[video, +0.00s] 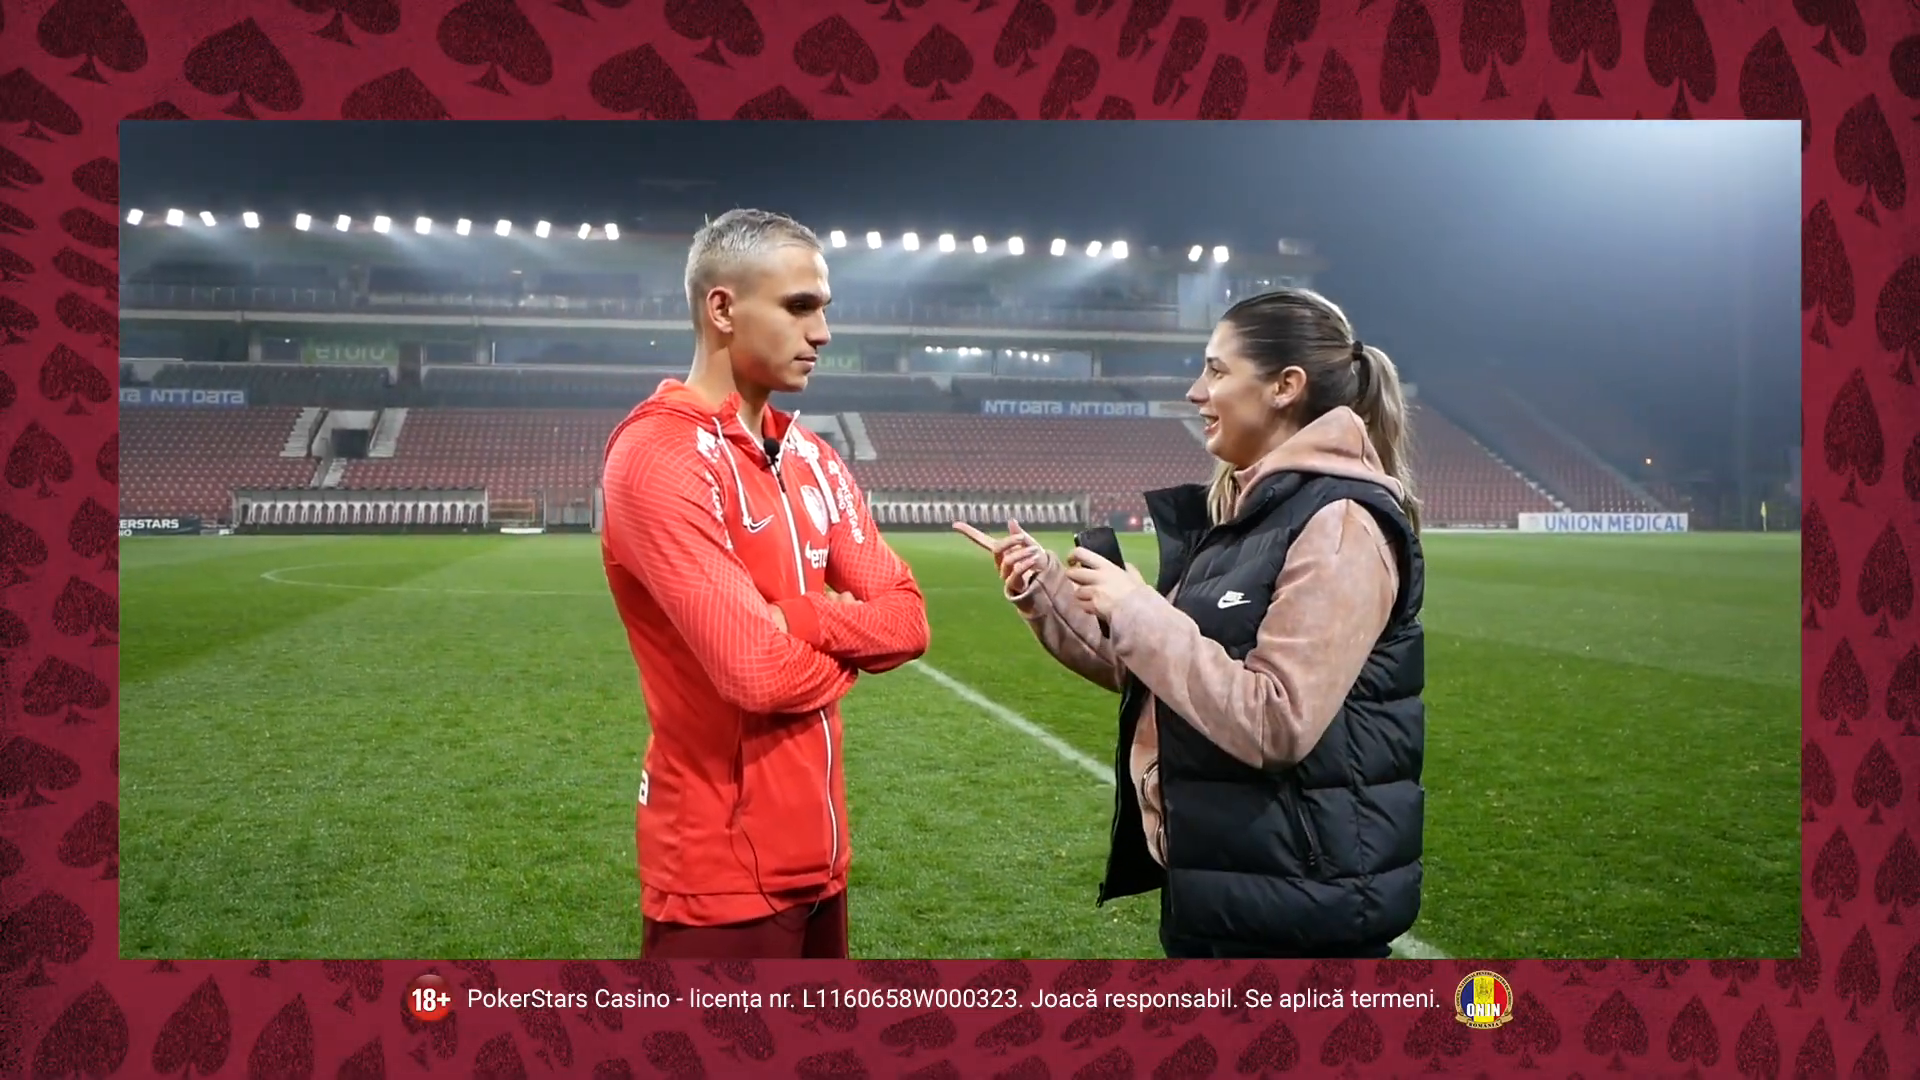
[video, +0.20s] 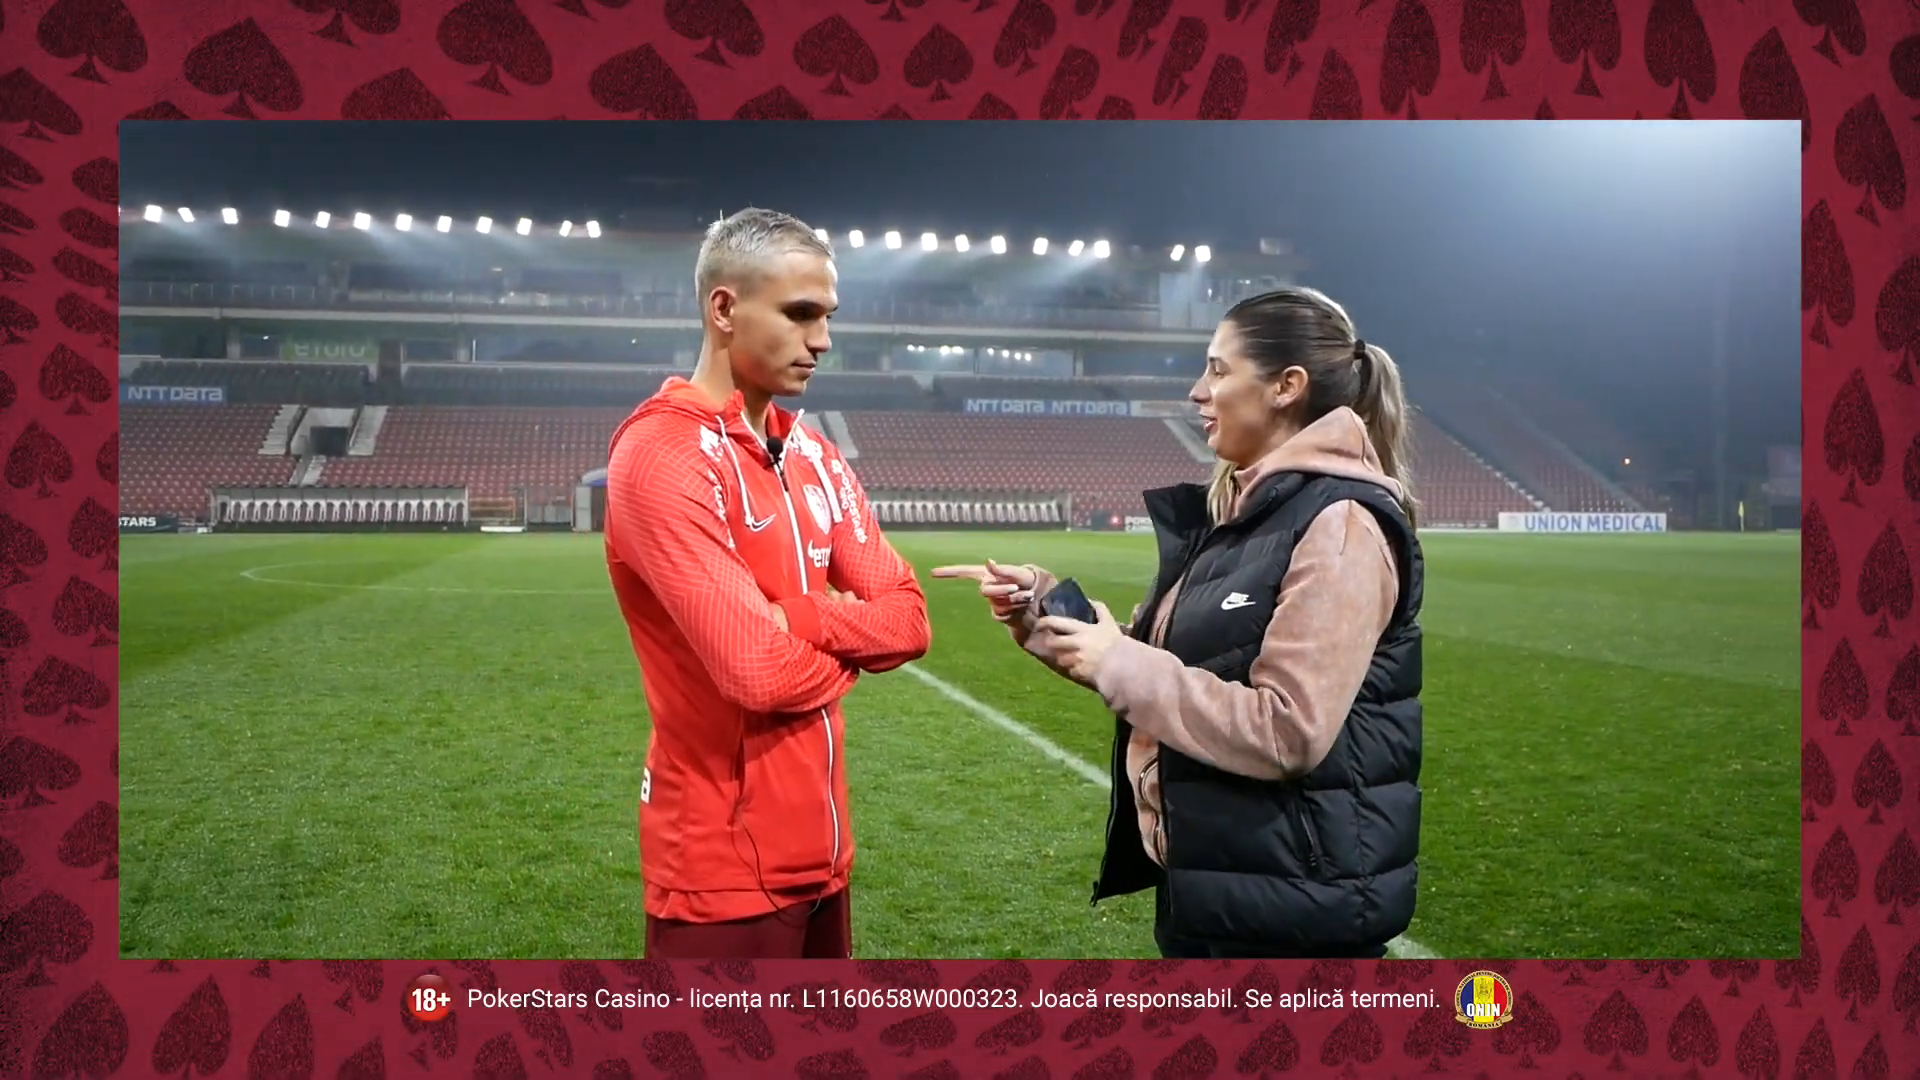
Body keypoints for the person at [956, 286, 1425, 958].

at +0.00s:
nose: (1195, 392)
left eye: (1216, 371)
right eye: (1203, 372)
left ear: (1286, 386)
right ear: (1276, 386)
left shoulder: (1343, 525)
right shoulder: (1242, 513)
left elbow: (1275, 715)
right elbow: (1151, 671)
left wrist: (1138, 612)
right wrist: (1046, 598)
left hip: (1300, 906)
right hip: (1227, 897)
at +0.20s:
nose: (1198, 391)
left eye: (1218, 370)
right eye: (1205, 371)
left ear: (1288, 387)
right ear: (1285, 389)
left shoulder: (1342, 526)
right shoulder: (1246, 512)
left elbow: (1287, 729)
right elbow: (1167, 669)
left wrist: (1118, 664)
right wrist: (1049, 615)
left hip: (1294, 911)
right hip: (1223, 901)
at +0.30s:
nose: (1202, 389)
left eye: (1224, 368)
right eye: (1211, 368)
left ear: (1294, 386)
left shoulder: (1333, 524)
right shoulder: (1245, 511)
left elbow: (1292, 740)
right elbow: (1150, 666)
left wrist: (1116, 732)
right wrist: (1059, 603)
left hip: (1292, 913)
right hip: (1227, 905)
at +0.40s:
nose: (1204, 382)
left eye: (1226, 360)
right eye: (1213, 361)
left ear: (1296, 379)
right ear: (1292, 382)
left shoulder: (1324, 523)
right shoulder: (1244, 508)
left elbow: (1315, 747)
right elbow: (1172, 666)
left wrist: (1144, 759)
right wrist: (1097, 624)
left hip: (1283, 912)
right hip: (1225, 903)